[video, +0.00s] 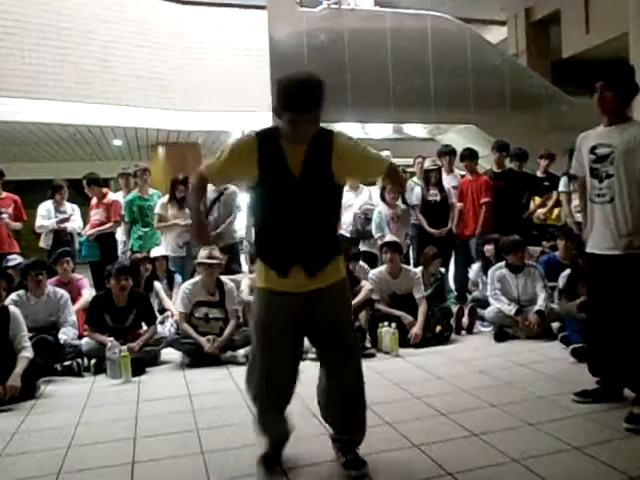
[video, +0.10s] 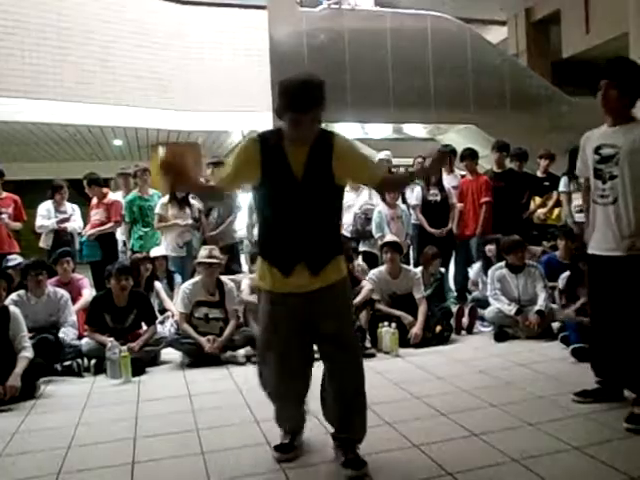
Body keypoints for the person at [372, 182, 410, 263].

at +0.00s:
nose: (393, 195)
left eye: (396, 192)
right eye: (389, 192)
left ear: (399, 194)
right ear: (383, 193)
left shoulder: (404, 210)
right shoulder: (379, 211)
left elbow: (408, 228)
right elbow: (376, 230)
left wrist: (406, 241)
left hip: (402, 245)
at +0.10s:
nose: (392, 196)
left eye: (395, 192)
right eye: (389, 192)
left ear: (399, 194)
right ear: (384, 194)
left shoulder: (403, 209)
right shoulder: (379, 211)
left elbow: (409, 226)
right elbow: (376, 230)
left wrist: (407, 240)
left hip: (403, 245)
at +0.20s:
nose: (392, 197)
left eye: (394, 194)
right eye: (389, 194)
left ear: (399, 195)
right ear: (383, 196)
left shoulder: (403, 211)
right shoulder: (379, 212)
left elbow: (409, 227)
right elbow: (376, 230)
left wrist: (407, 242)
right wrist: (384, 242)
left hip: (403, 245)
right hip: (387, 246)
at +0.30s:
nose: (392, 196)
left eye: (394, 193)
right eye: (389, 193)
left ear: (398, 194)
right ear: (383, 194)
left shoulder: (404, 210)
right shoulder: (379, 211)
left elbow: (409, 226)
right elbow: (376, 229)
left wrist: (407, 241)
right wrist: (384, 242)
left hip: (403, 244)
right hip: (387, 245)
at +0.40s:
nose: (396, 196)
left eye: (398, 193)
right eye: (393, 193)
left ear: (402, 195)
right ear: (387, 195)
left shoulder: (408, 210)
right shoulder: (383, 211)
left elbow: (412, 226)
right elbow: (379, 228)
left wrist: (410, 241)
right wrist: (385, 240)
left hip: (406, 244)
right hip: (390, 244)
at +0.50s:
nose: (401, 195)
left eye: (404, 192)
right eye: (398, 192)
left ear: (408, 194)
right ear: (393, 194)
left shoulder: (413, 209)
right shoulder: (389, 210)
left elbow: (418, 225)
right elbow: (385, 227)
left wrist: (416, 240)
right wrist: (392, 239)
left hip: (413, 243)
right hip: (396, 243)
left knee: (413, 269)